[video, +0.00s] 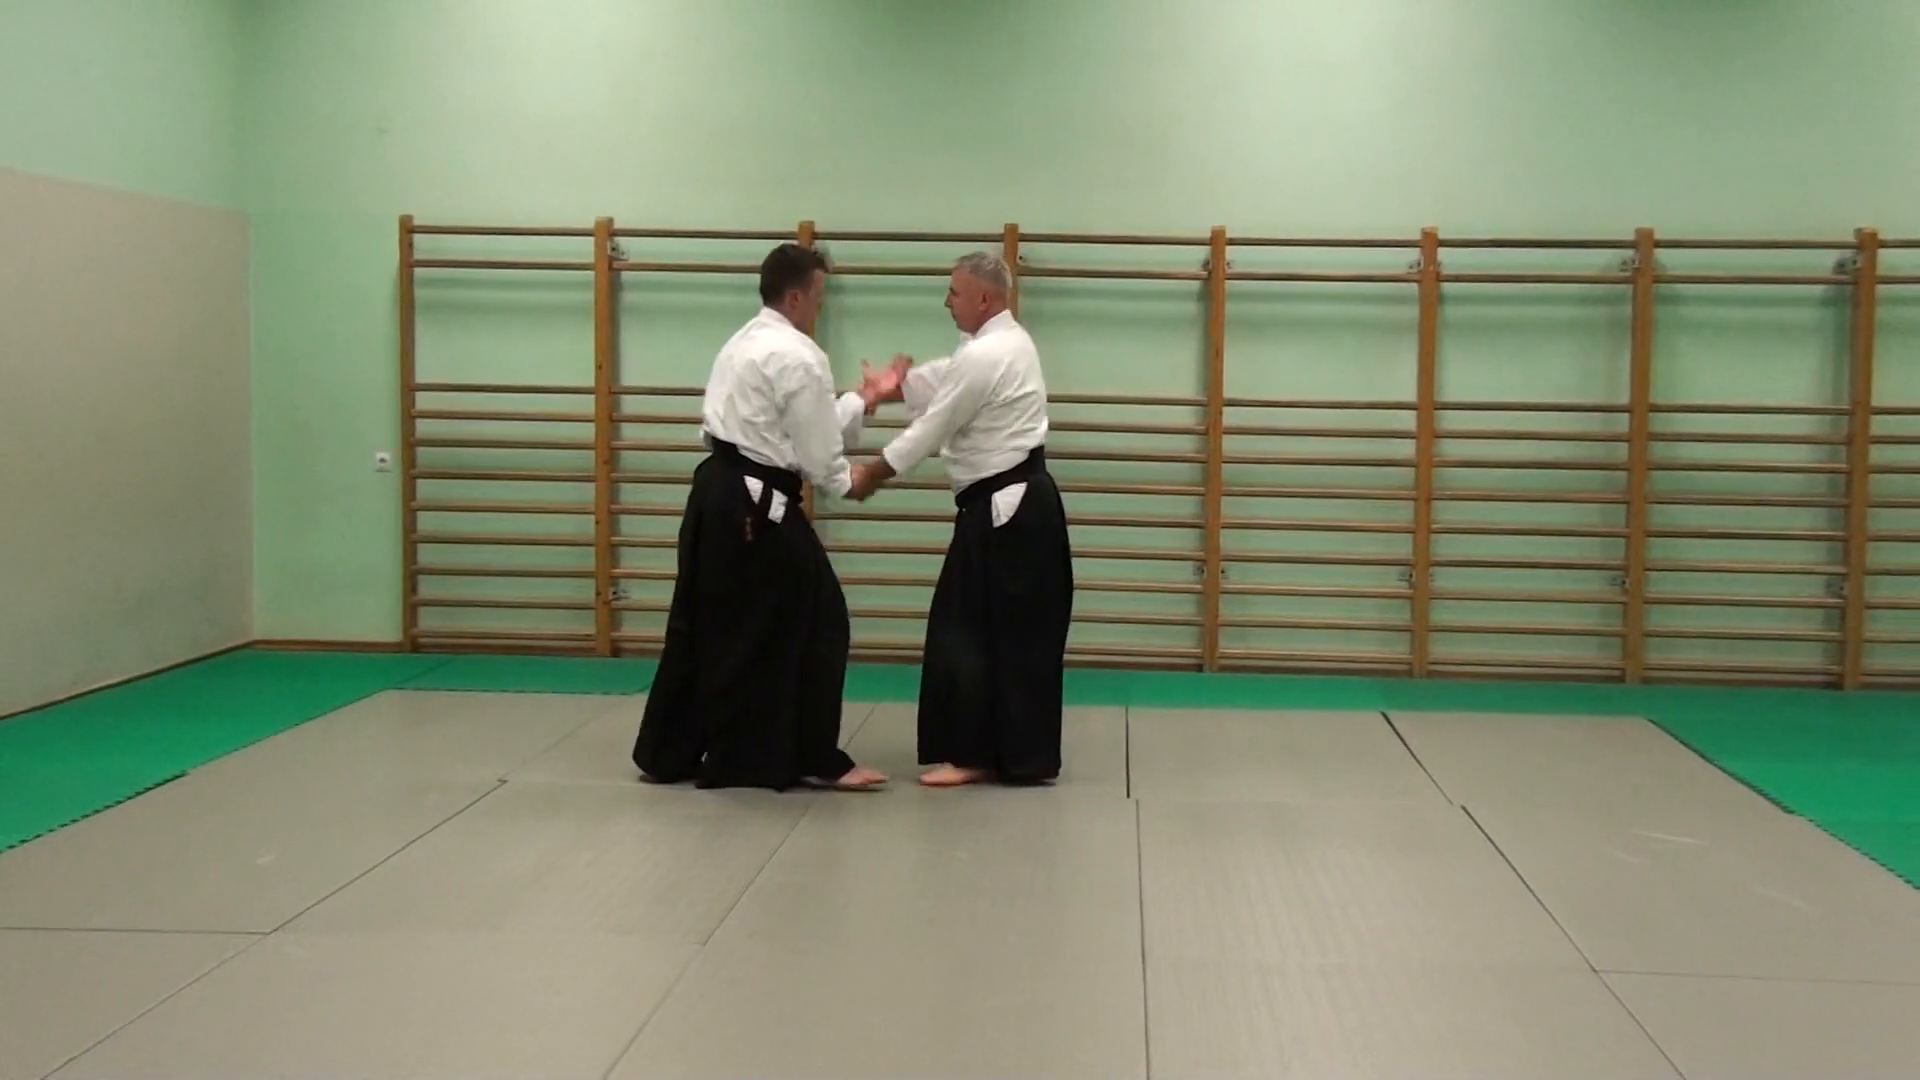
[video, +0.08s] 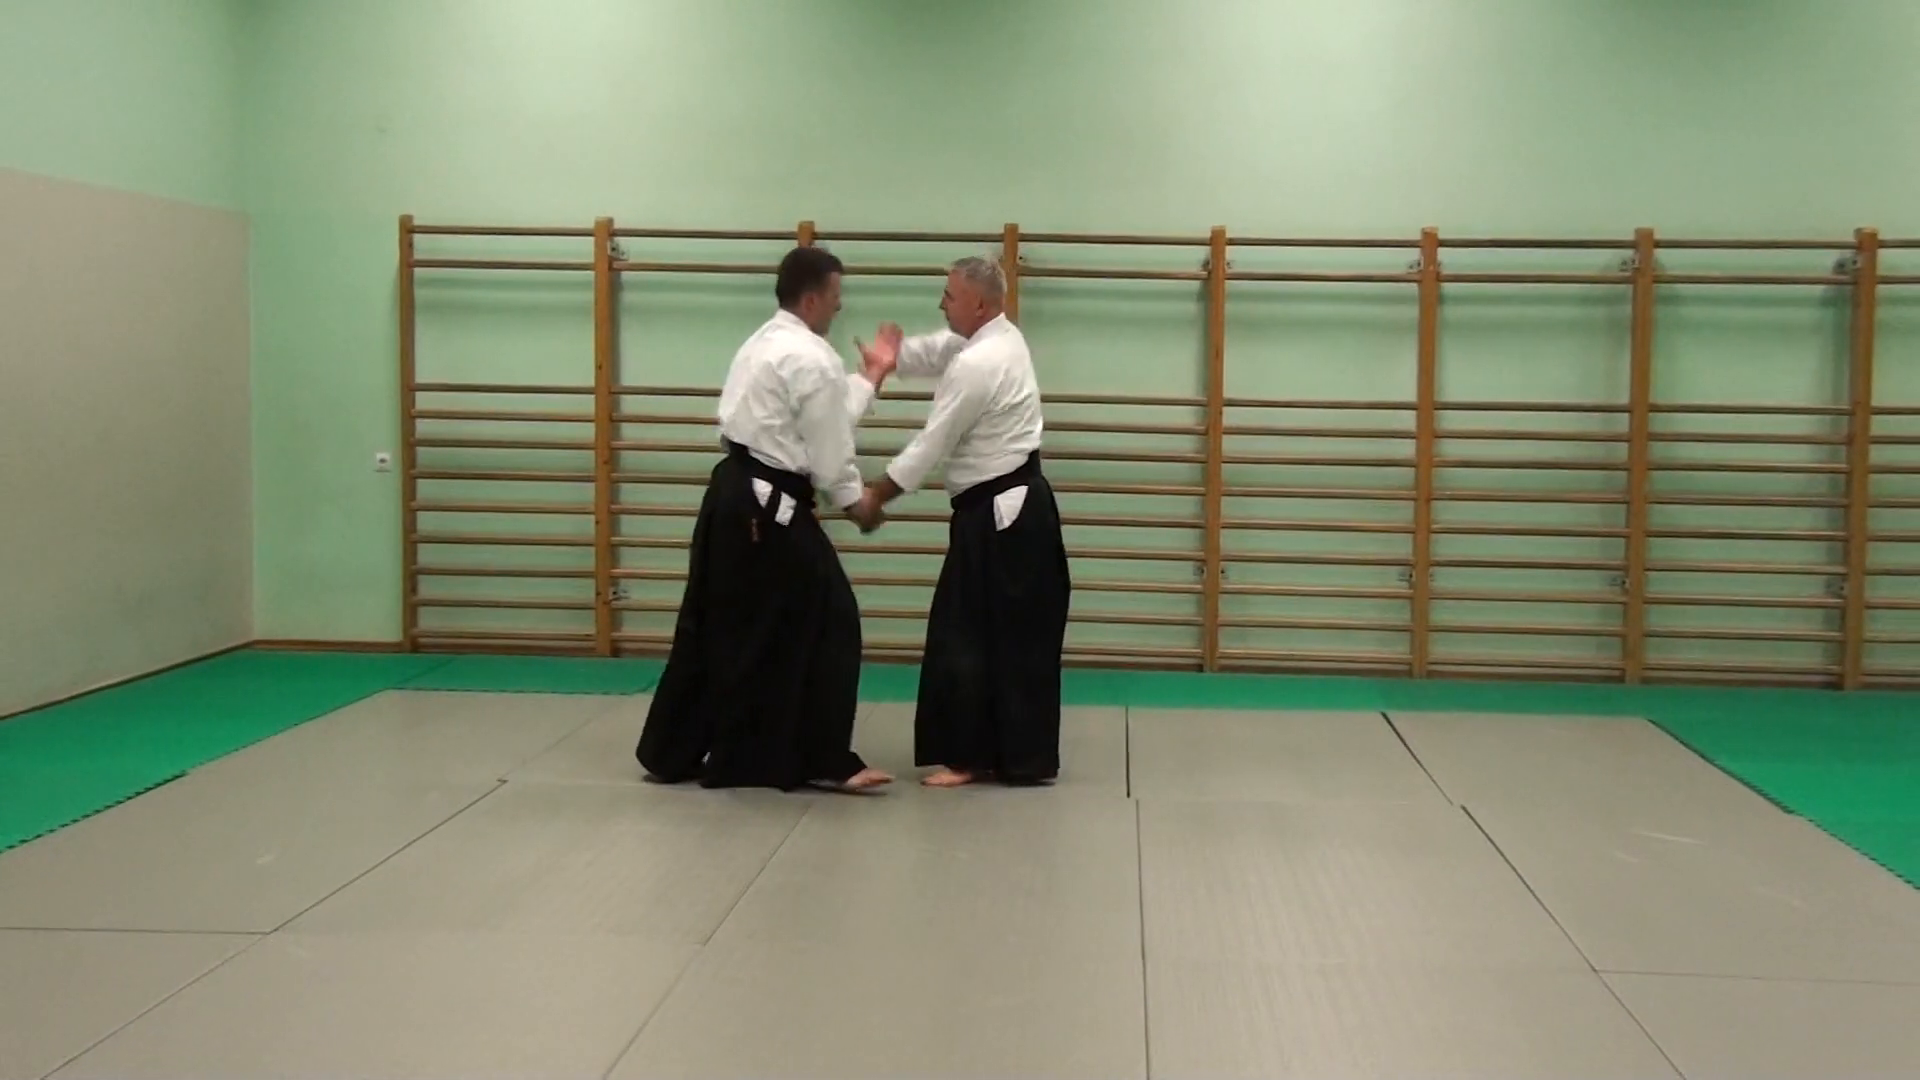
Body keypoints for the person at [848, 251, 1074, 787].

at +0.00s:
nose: (949, 302)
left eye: (954, 293)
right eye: (950, 292)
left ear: (984, 297)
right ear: (990, 297)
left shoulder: (984, 356)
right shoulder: (1012, 340)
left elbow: (936, 424)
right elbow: (952, 374)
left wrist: (877, 471)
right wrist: (896, 381)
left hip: (998, 508)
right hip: (1027, 499)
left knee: (961, 626)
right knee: (1020, 627)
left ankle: (969, 756)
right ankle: (1022, 754)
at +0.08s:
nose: (944, 304)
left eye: (951, 297)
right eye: (946, 295)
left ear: (980, 303)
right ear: (985, 302)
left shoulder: (975, 362)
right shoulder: (1002, 337)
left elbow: (932, 444)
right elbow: (936, 350)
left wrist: (877, 495)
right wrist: (889, 355)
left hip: (993, 511)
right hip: (1021, 500)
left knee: (964, 630)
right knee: (1016, 629)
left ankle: (971, 758)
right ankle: (1020, 756)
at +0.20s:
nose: (938, 318)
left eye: (946, 311)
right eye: (939, 309)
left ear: (977, 315)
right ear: (976, 313)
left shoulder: (981, 379)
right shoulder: (987, 342)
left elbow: (951, 470)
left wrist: (897, 522)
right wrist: (910, 293)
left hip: (989, 511)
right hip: (1007, 500)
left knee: (948, 623)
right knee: (992, 624)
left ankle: (964, 756)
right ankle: (996, 749)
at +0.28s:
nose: (947, 331)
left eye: (959, 325)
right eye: (947, 320)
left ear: (989, 326)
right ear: (951, 312)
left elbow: (966, 479)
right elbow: (970, 287)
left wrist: (917, 531)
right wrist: (945, 268)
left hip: (991, 513)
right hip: (961, 503)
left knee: (973, 630)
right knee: (934, 623)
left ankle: (972, 755)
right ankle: (936, 748)